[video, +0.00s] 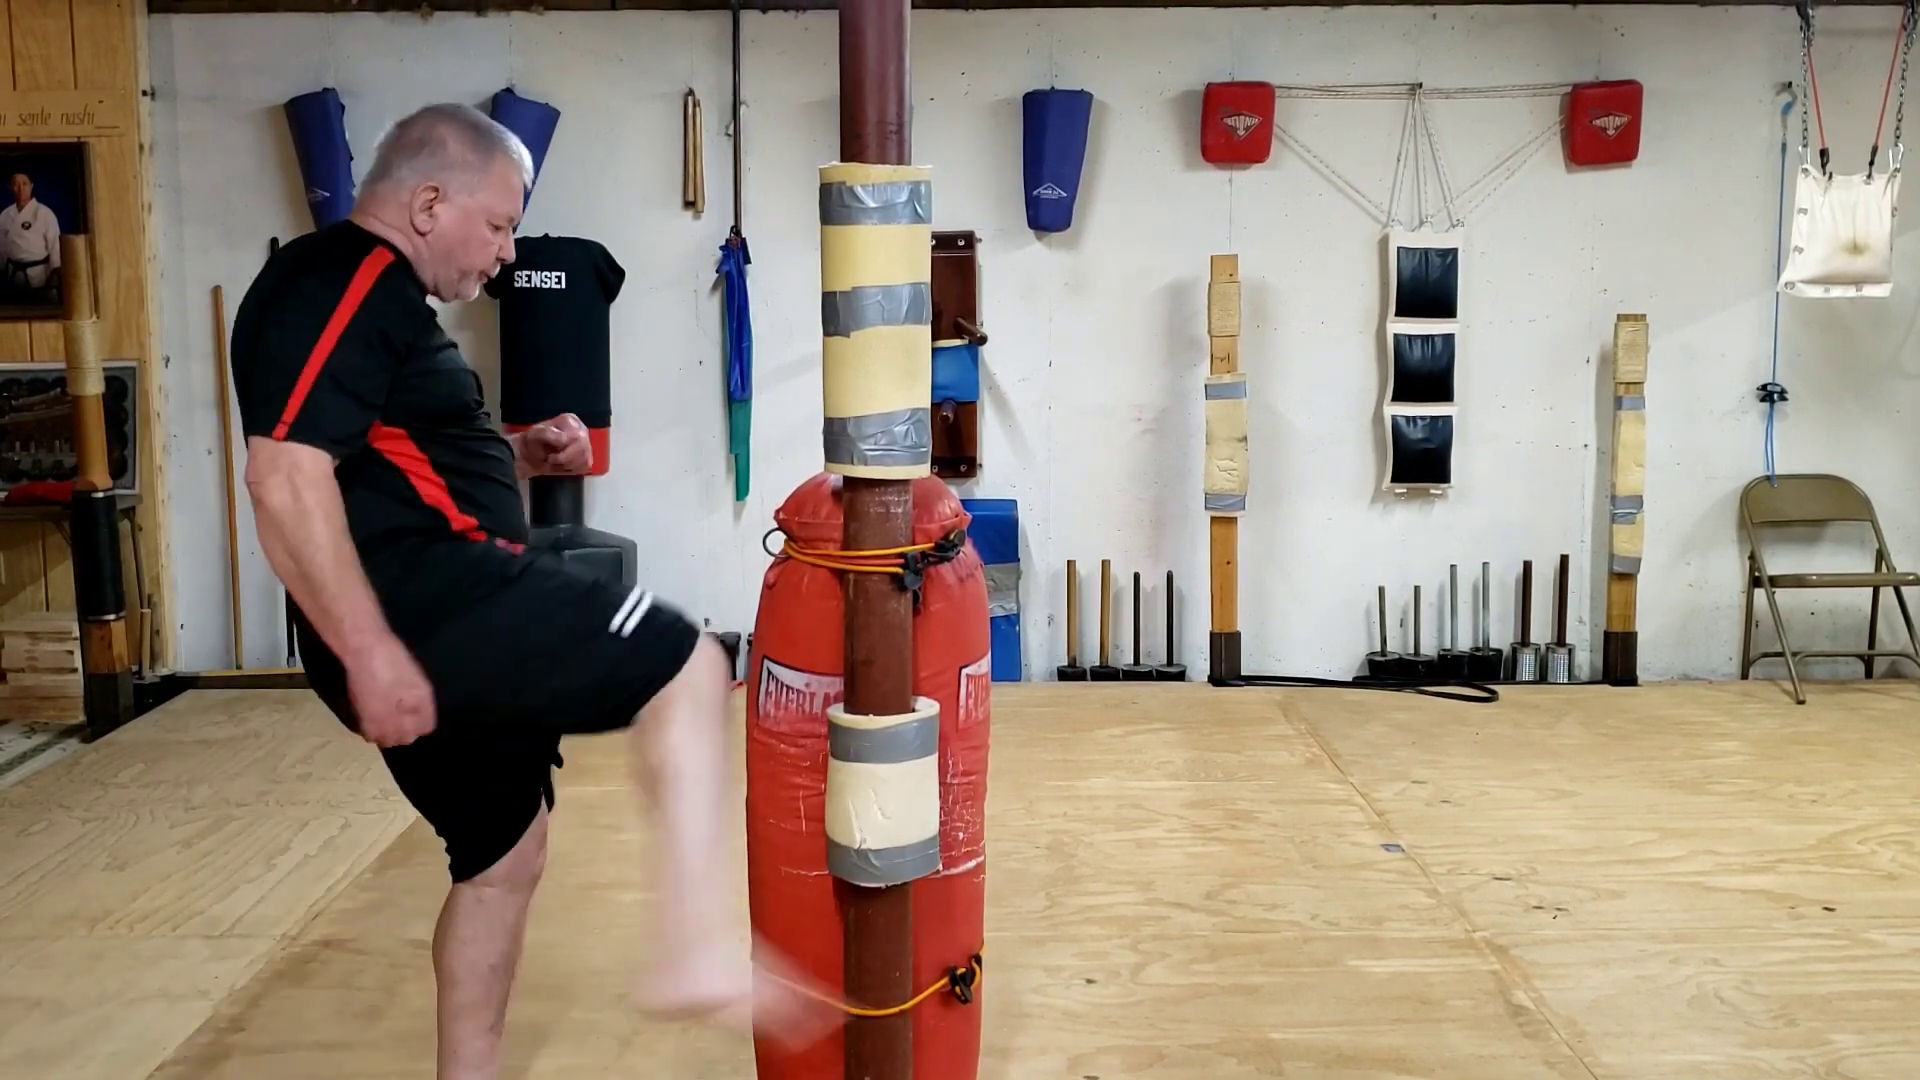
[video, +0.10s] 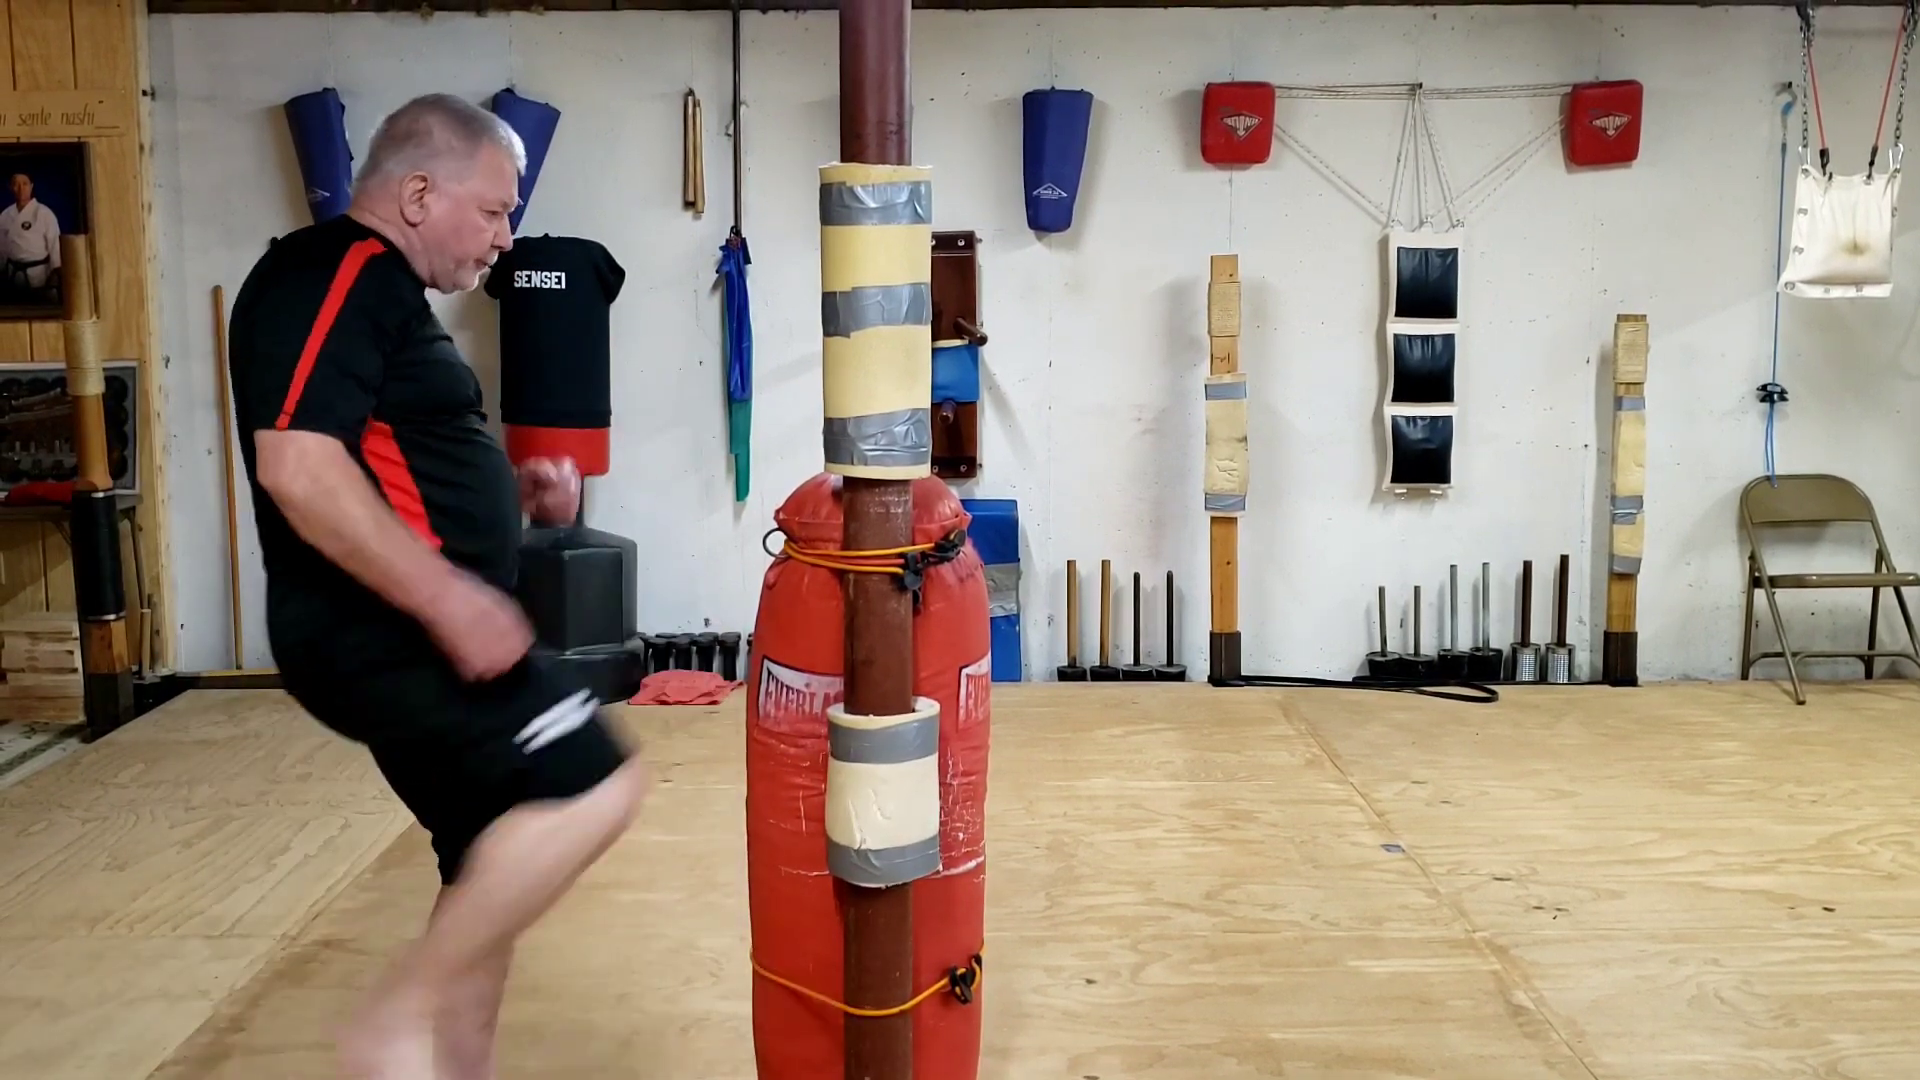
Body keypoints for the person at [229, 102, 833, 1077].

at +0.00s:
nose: (507, 255)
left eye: (512, 232)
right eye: (500, 227)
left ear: (423, 210)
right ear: (426, 206)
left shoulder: (375, 289)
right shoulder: (349, 277)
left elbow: (388, 463)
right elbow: (284, 470)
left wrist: (517, 451)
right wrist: (371, 651)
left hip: (387, 621)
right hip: (428, 595)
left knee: (501, 847)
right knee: (687, 663)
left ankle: (465, 1069)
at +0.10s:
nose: (505, 241)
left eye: (508, 218)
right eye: (494, 213)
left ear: (415, 203)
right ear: (416, 197)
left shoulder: (373, 280)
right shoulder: (339, 270)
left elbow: (388, 463)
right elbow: (296, 462)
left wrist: (512, 491)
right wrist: (447, 595)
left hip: (404, 625)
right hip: (373, 628)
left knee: (490, 860)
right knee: (596, 778)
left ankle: (463, 1061)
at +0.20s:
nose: (501, 242)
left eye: (505, 221)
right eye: (492, 214)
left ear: (415, 200)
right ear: (411, 194)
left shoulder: (393, 301)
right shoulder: (317, 270)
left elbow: (402, 476)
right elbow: (308, 454)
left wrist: (504, 534)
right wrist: (511, 490)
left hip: (438, 639)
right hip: (341, 647)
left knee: (505, 851)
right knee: (407, 898)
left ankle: (466, 1074)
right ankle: (213, 1068)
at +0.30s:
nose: (483, 255)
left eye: (489, 232)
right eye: (468, 229)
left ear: (394, 223)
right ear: (382, 215)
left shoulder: (385, 320)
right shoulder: (281, 289)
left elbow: (366, 506)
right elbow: (329, 467)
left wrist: (471, 569)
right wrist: (514, 421)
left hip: (421, 679)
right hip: (288, 699)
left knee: (509, 865)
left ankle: (465, 1074)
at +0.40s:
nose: (450, 272)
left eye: (455, 247)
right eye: (428, 248)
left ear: (351, 244)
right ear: (341, 241)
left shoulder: (395, 329)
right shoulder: (237, 315)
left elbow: (387, 489)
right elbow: (310, 495)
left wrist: (462, 564)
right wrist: (493, 425)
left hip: (399, 673)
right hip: (252, 694)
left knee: (511, 860)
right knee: (201, 955)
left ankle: (466, 1073)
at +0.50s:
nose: (433, 261)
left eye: (438, 236)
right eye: (411, 237)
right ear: (321, 231)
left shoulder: (399, 313)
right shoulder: (212, 310)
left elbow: (410, 467)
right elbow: (197, 515)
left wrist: (478, 465)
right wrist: (416, 509)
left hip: (391, 665)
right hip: (240, 690)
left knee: (489, 861)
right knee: (194, 948)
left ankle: (463, 1074)